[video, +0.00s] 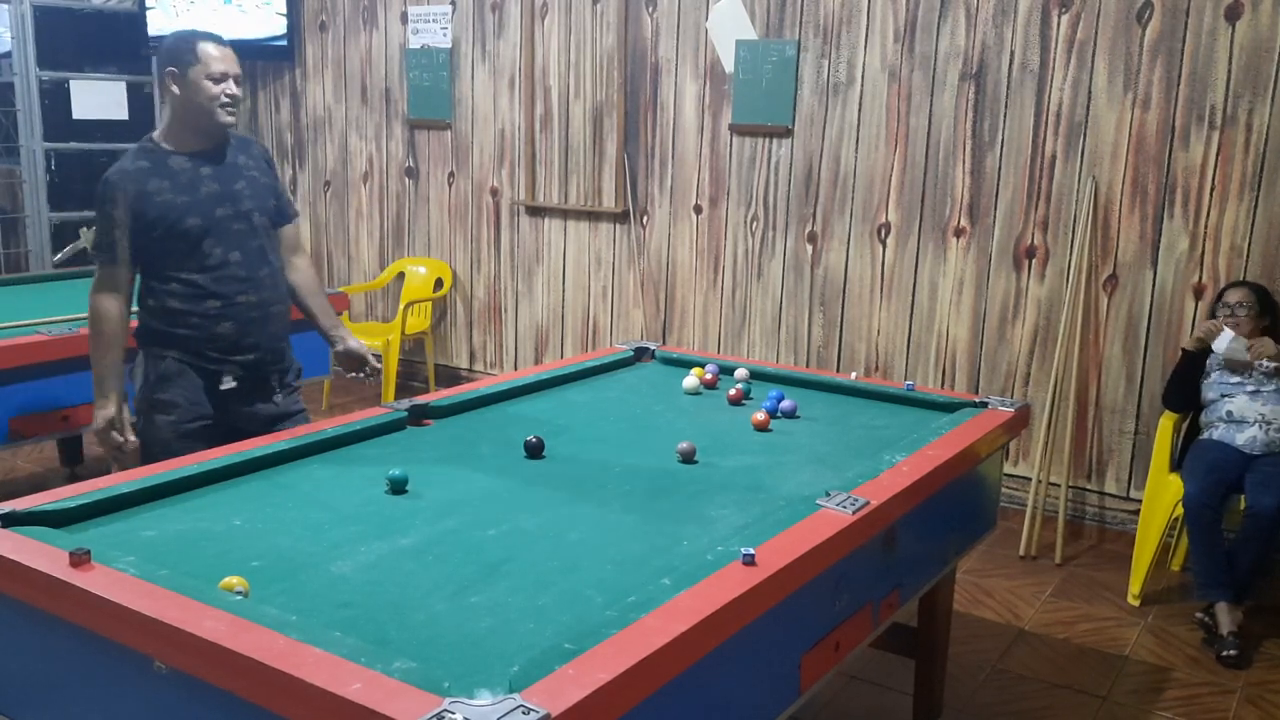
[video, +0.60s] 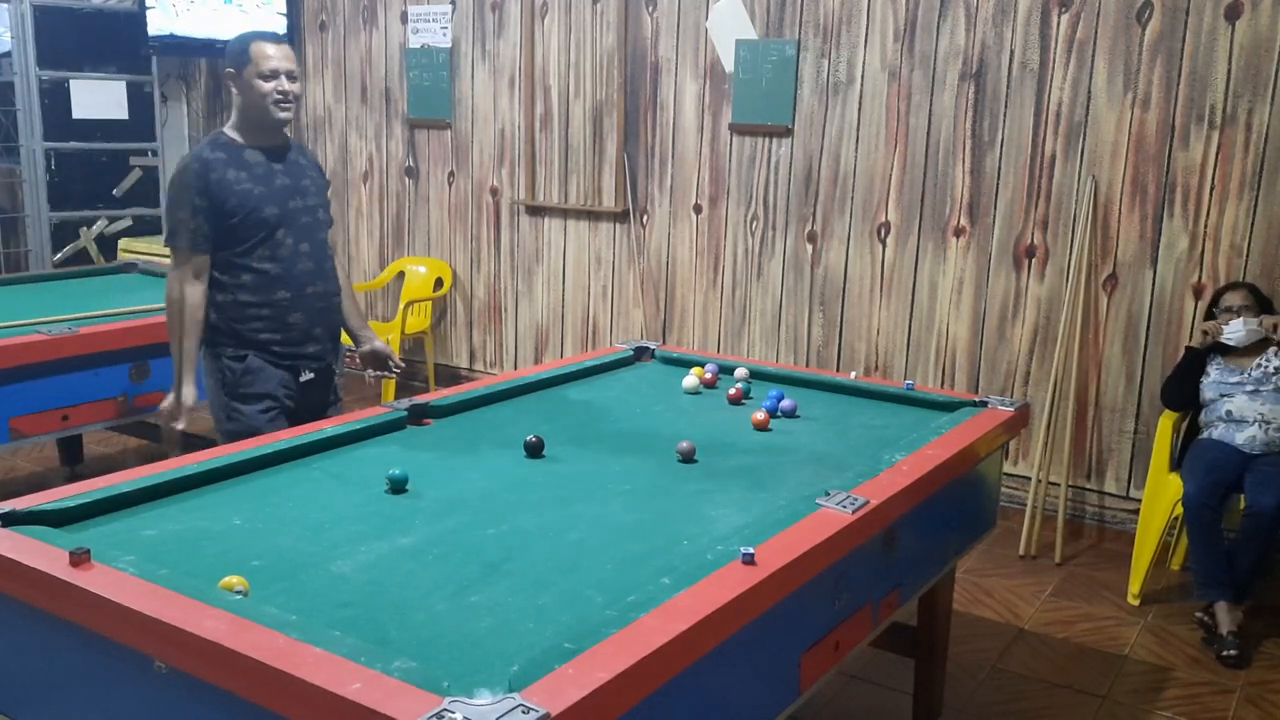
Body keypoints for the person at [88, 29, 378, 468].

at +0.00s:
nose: (234, 92)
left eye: (237, 81)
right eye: (217, 79)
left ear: (241, 85)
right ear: (172, 84)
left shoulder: (254, 158)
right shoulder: (129, 179)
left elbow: (293, 257)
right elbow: (110, 292)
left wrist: (340, 337)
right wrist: (108, 398)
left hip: (271, 377)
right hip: (182, 385)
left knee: (292, 527)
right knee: (186, 527)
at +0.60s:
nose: (286, 88)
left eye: (293, 77)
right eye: (270, 76)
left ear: (301, 84)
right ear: (234, 82)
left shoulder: (307, 165)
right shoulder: (202, 171)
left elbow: (322, 261)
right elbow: (189, 277)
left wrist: (364, 337)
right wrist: (185, 385)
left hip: (317, 362)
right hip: (249, 364)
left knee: (321, 493)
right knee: (265, 500)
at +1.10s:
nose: (316, 94)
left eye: (326, 85)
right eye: (303, 81)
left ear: (336, 92)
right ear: (272, 84)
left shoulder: (334, 167)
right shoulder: (235, 155)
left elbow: (373, 241)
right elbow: (195, 238)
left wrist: (411, 252)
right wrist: (209, 295)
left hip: (325, 349)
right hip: (263, 348)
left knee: (324, 472)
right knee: (280, 474)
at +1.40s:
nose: (319, 94)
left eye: (329, 85)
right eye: (305, 82)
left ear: (339, 94)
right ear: (275, 86)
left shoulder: (348, 156)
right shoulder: (243, 147)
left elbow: (401, 137)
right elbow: (197, 183)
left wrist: (423, 72)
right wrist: (210, 142)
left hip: (328, 350)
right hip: (259, 349)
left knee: (336, 476)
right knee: (277, 480)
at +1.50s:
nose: (318, 95)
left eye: (329, 87)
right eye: (304, 83)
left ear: (337, 96)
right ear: (275, 87)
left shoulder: (345, 153)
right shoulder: (246, 149)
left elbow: (384, 112)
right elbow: (214, 148)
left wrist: (436, 68)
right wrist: (204, 102)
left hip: (334, 351)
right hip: (261, 352)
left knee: (334, 485)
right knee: (267, 488)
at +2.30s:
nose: (292, 86)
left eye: (303, 78)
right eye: (278, 74)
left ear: (314, 89)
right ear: (249, 80)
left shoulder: (324, 145)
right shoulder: (226, 144)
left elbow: (370, 104)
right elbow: (213, 99)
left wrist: (414, 60)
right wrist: (197, 32)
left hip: (314, 347)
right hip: (243, 348)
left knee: (324, 482)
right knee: (257, 489)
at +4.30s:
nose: (154, 92)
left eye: (166, 79)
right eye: (136, 78)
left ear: (186, 87)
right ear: (106, 83)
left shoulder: (227, 171)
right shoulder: (72, 177)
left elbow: (268, 277)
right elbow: (50, 288)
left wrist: (303, 371)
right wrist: (40, 391)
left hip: (214, 400)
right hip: (112, 405)